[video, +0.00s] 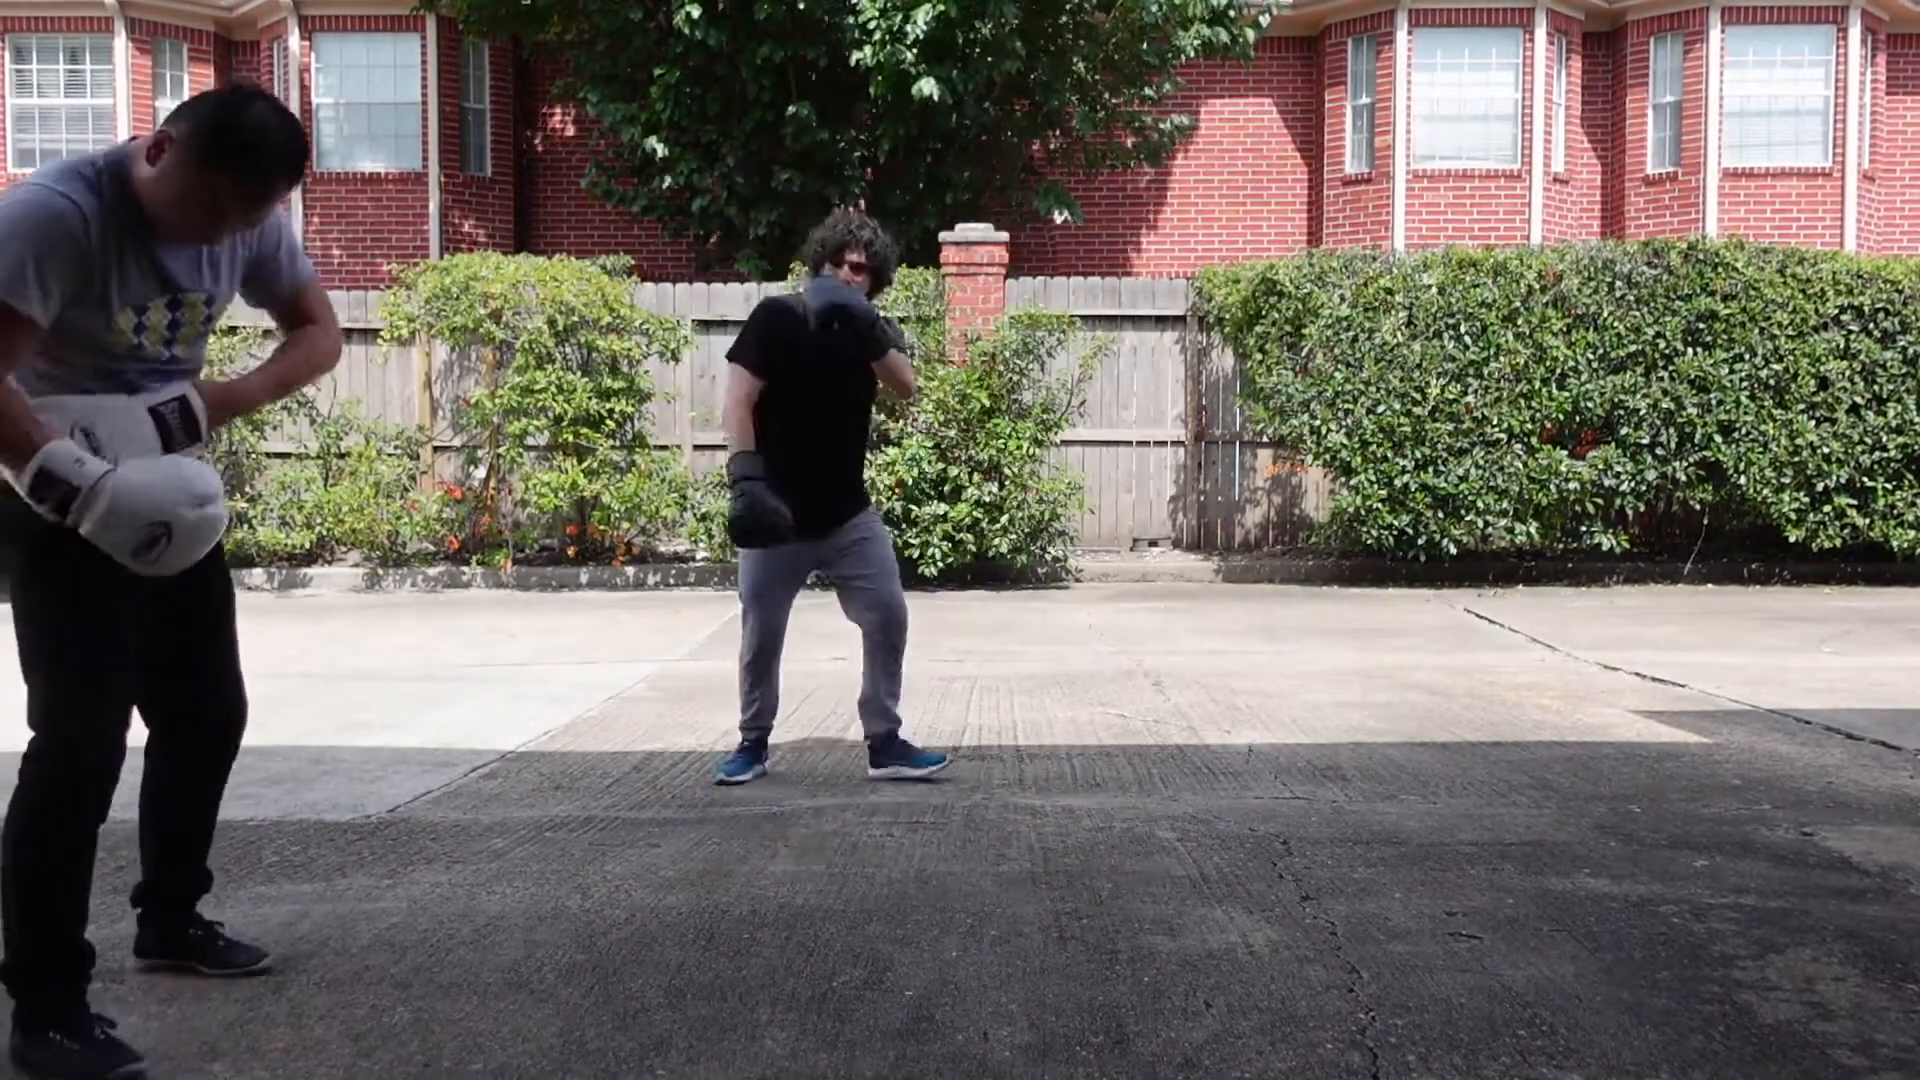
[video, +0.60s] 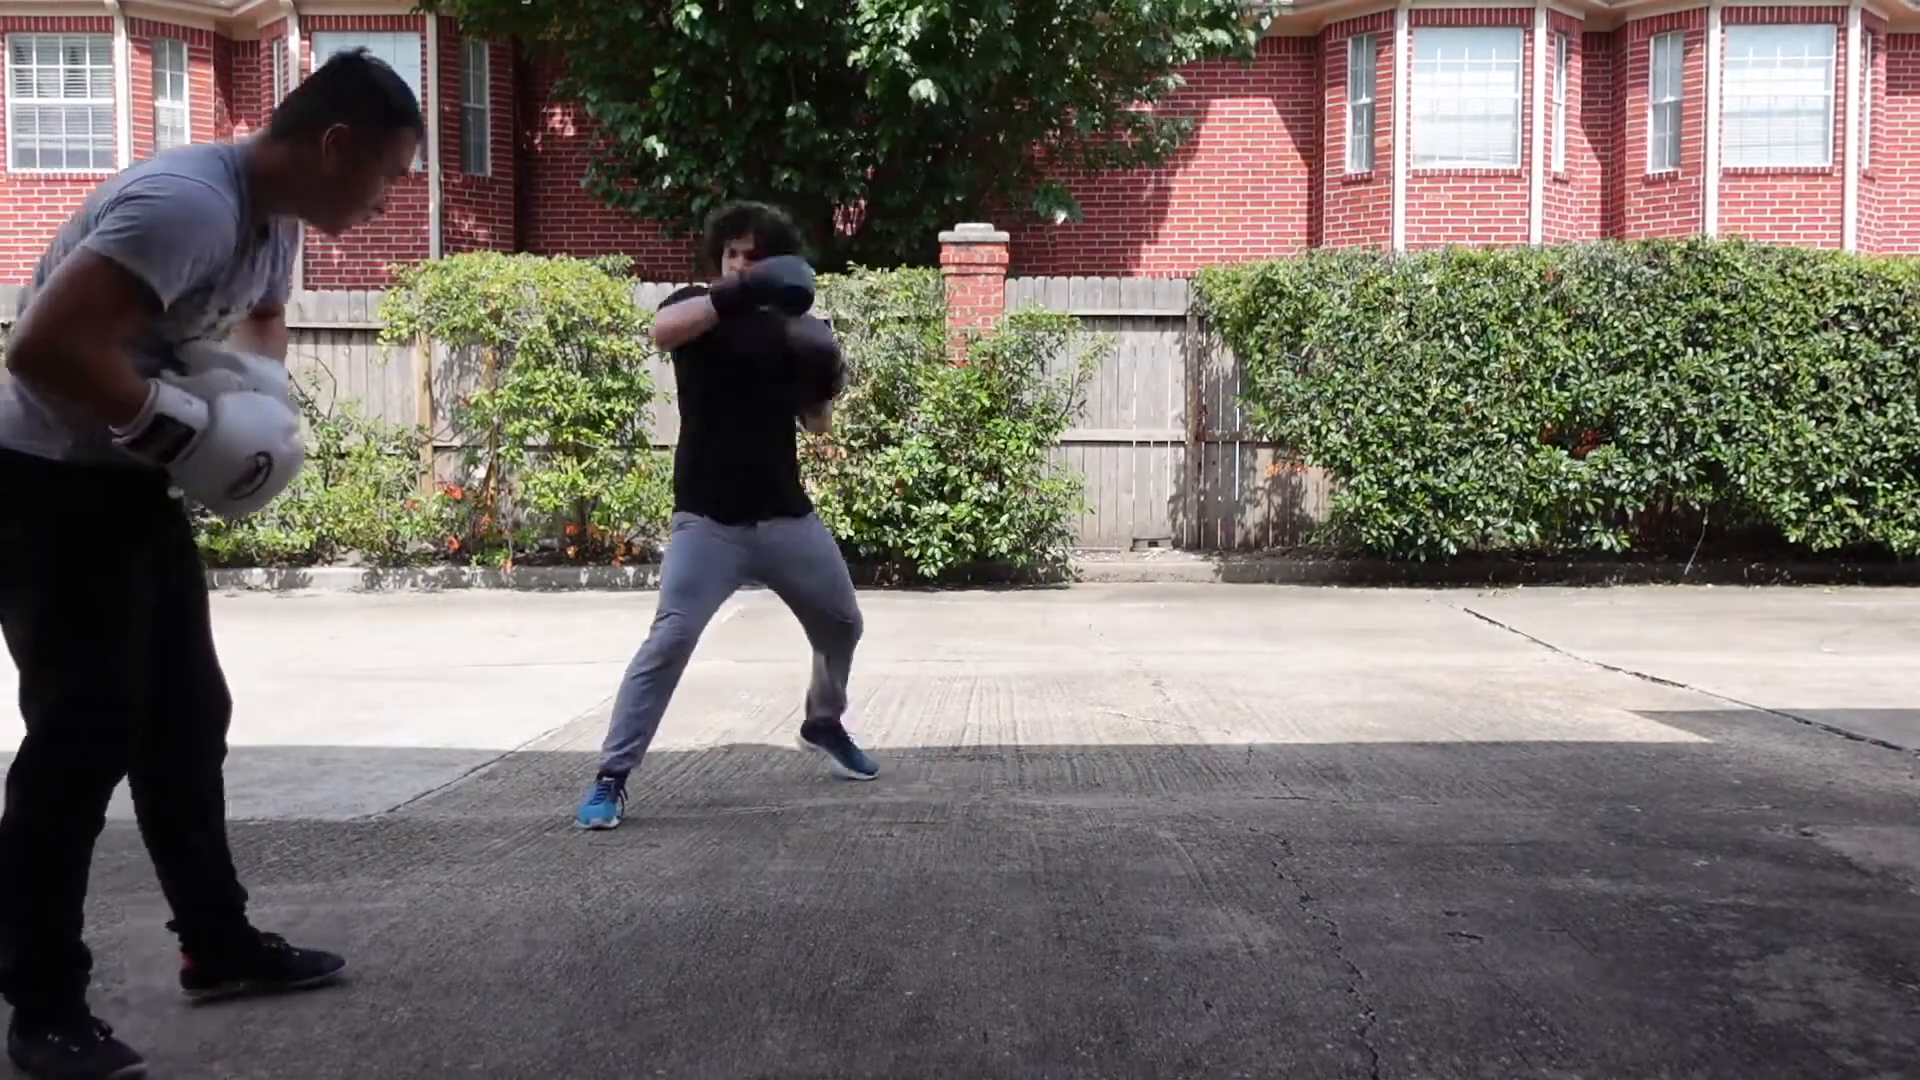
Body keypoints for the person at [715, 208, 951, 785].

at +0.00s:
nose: (852, 277)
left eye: (864, 271)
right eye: (843, 266)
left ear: (876, 285)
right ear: (820, 266)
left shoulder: (870, 332)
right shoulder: (777, 317)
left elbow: (906, 387)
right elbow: (737, 398)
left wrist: (865, 323)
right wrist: (748, 478)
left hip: (849, 515)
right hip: (776, 517)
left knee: (888, 615)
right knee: (760, 640)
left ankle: (884, 744)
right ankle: (752, 744)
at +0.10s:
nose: (854, 282)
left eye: (865, 273)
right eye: (845, 271)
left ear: (878, 281)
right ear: (822, 272)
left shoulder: (881, 333)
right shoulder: (785, 324)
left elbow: (897, 362)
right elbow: (766, 406)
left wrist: (841, 299)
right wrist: (780, 495)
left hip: (848, 516)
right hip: (774, 516)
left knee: (892, 612)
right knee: (751, 638)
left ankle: (870, 731)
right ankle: (749, 738)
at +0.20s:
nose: (855, 293)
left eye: (866, 285)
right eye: (846, 283)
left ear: (880, 292)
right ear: (824, 284)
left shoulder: (889, 341)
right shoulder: (793, 336)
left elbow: (885, 354)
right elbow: (805, 432)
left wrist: (821, 289)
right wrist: (845, 503)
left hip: (843, 526)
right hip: (772, 523)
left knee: (887, 631)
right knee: (738, 630)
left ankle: (873, 737)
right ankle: (733, 724)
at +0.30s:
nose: (852, 304)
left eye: (863, 297)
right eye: (844, 293)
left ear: (877, 305)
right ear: (821, 296)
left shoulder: (866, 358)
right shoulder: (803, 345)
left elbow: (896, 365)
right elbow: (848, 437)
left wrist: (831, 306)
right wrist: (893, 485)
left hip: (833, 538)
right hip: (767, 532)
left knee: (886, 632)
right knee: (726, 634)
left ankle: (872, 740)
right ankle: (661, 753)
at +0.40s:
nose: (826, 294)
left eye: (838, 286)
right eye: (815, 284)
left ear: (850, 298)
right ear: (794, 292)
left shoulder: (845, 350)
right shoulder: (788, 341)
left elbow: (913, 377)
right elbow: (867, 406)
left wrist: (894, 339)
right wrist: (900, 442)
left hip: (820, 544)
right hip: (750, 542)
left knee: (871, 639)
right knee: (698, 646)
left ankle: (871, 739)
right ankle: (621, 772)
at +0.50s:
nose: (773, 274)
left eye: (784, 266)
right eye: (763, 266)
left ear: (804, 276)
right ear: (746, 277)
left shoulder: (811, 341)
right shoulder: (742, 314)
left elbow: (843, 400)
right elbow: (818, 343)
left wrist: (864, 377)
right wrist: (863, 371)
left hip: (800, 541)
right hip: (722, 537)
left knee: (839, 643)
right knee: (674, 645)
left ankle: (862, 736)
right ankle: (607, 777)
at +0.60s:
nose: (743, 268)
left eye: (755, 258)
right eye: (734, 256)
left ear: (778, 264)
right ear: (716, 259)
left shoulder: (791, 326)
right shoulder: (693, 305)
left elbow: (816, 422)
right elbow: (662, 332)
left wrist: (820, 363)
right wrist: (734, 292)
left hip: (786, 518)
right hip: (707, 521)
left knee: (842, 623)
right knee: (670, 639)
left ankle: (823, 722)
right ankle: (611, 778)